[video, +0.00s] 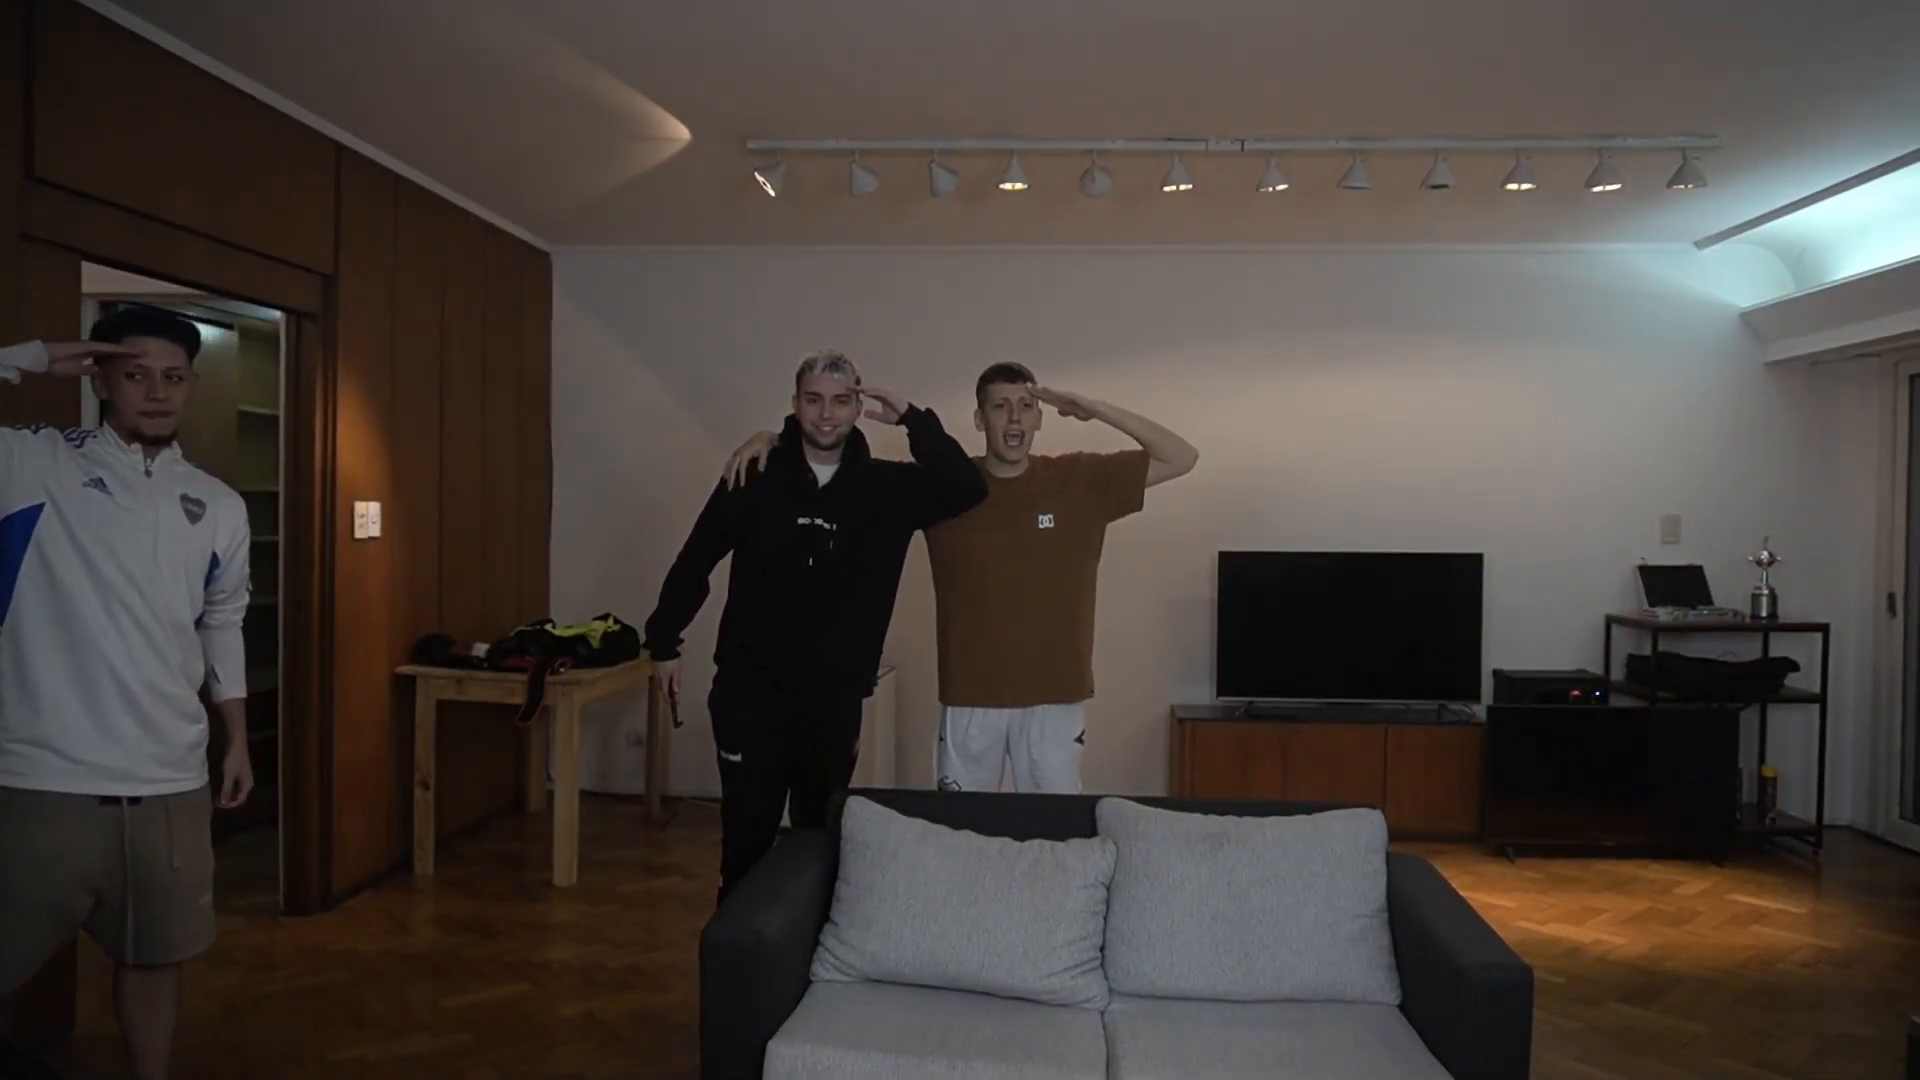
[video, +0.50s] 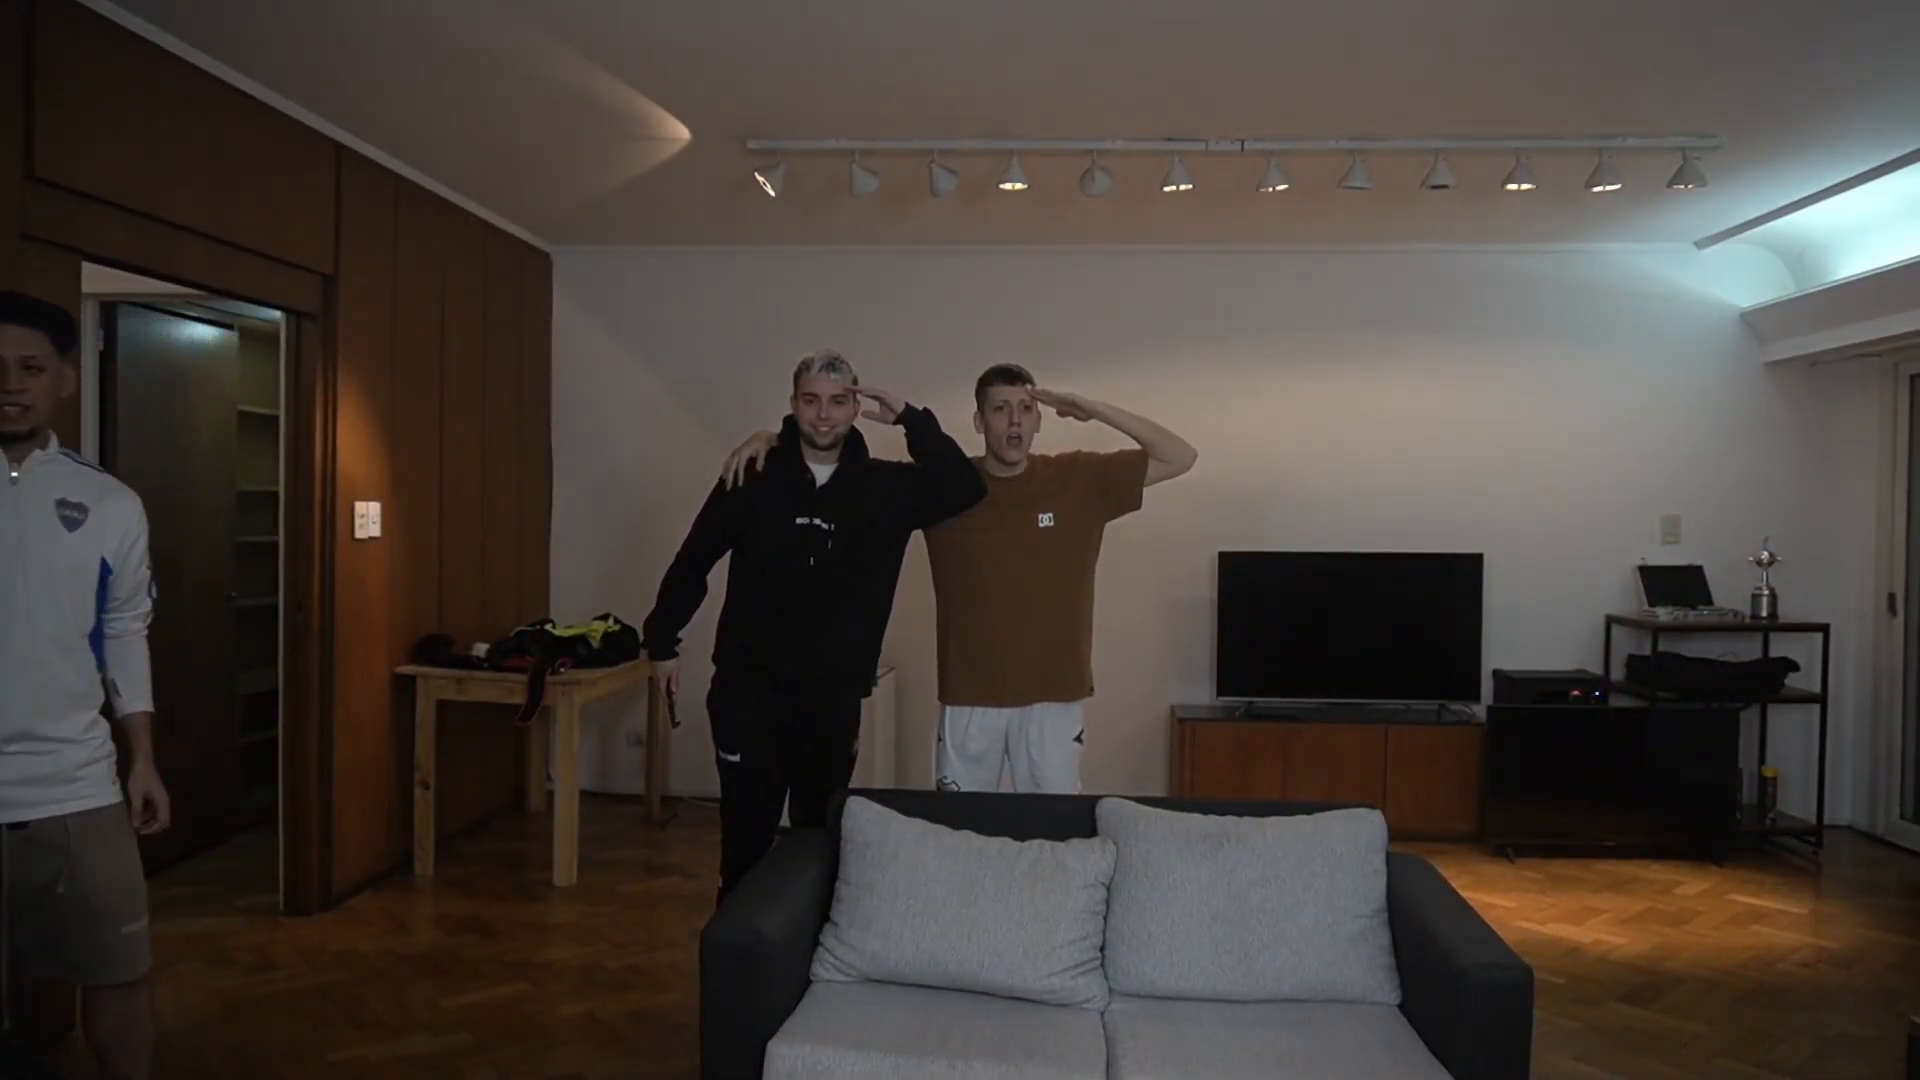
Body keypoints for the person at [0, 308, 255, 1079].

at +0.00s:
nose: (156, 391)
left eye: (173, 376)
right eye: (136, 373)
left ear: (191, 388)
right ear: (101, 381)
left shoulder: (219, 507)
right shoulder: (31, 465)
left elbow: (225, 623)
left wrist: (235, 735)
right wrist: (32, 358)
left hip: (169, 778)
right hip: (41, 774)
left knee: (155, 963)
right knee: (16, 972)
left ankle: (152, 1076)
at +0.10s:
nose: (135, 391)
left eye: (153, 376)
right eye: (115, 373)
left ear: (174, 390)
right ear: (81, 382)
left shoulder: (202, 508)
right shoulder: (21, 469)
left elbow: (211, 627)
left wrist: (225, 741)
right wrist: (26, 366)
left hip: (156, 781)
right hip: (31, 778)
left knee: (147, 965)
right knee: (11, 975)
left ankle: (150, 1077)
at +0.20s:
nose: (109, 389)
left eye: (126, 375)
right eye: (90, 373)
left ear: (148, 390)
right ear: (58, 386)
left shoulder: (181, 509)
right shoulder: (9, 473)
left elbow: (193, 631)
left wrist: (209, 748)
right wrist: (55, 410)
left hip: (140, 780)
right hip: (21, 778)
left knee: (140, 966)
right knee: (12, 975)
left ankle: (146, 1077)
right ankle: (22, 1072)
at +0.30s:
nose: (77, 386)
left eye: (96, 370)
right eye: (58, 369)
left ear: (124, 384)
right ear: (28, 378)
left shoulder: (159, 506)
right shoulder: (2, 475)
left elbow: (170, 627)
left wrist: (185, 751)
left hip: (117, 781)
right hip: (8, 779)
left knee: (128, 973)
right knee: (9, 976)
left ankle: (141, 1077)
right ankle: (15, 1074)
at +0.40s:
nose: (42, 386)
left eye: (61, 369)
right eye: (23, 367)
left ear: (93, 382)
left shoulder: (131, 506)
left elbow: (146, 631)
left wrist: (163, 755)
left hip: (93, 786)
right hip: (3, 787)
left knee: (122, 979)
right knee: (8, 994)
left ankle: (138, 1077)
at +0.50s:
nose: (11, 383)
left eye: (29, 365)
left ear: (65, 379)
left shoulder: (106, 504)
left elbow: (126, 632)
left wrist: (141, 754)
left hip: (76, 790)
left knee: (116, 984)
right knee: (16, 1002)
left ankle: (126, 1073)